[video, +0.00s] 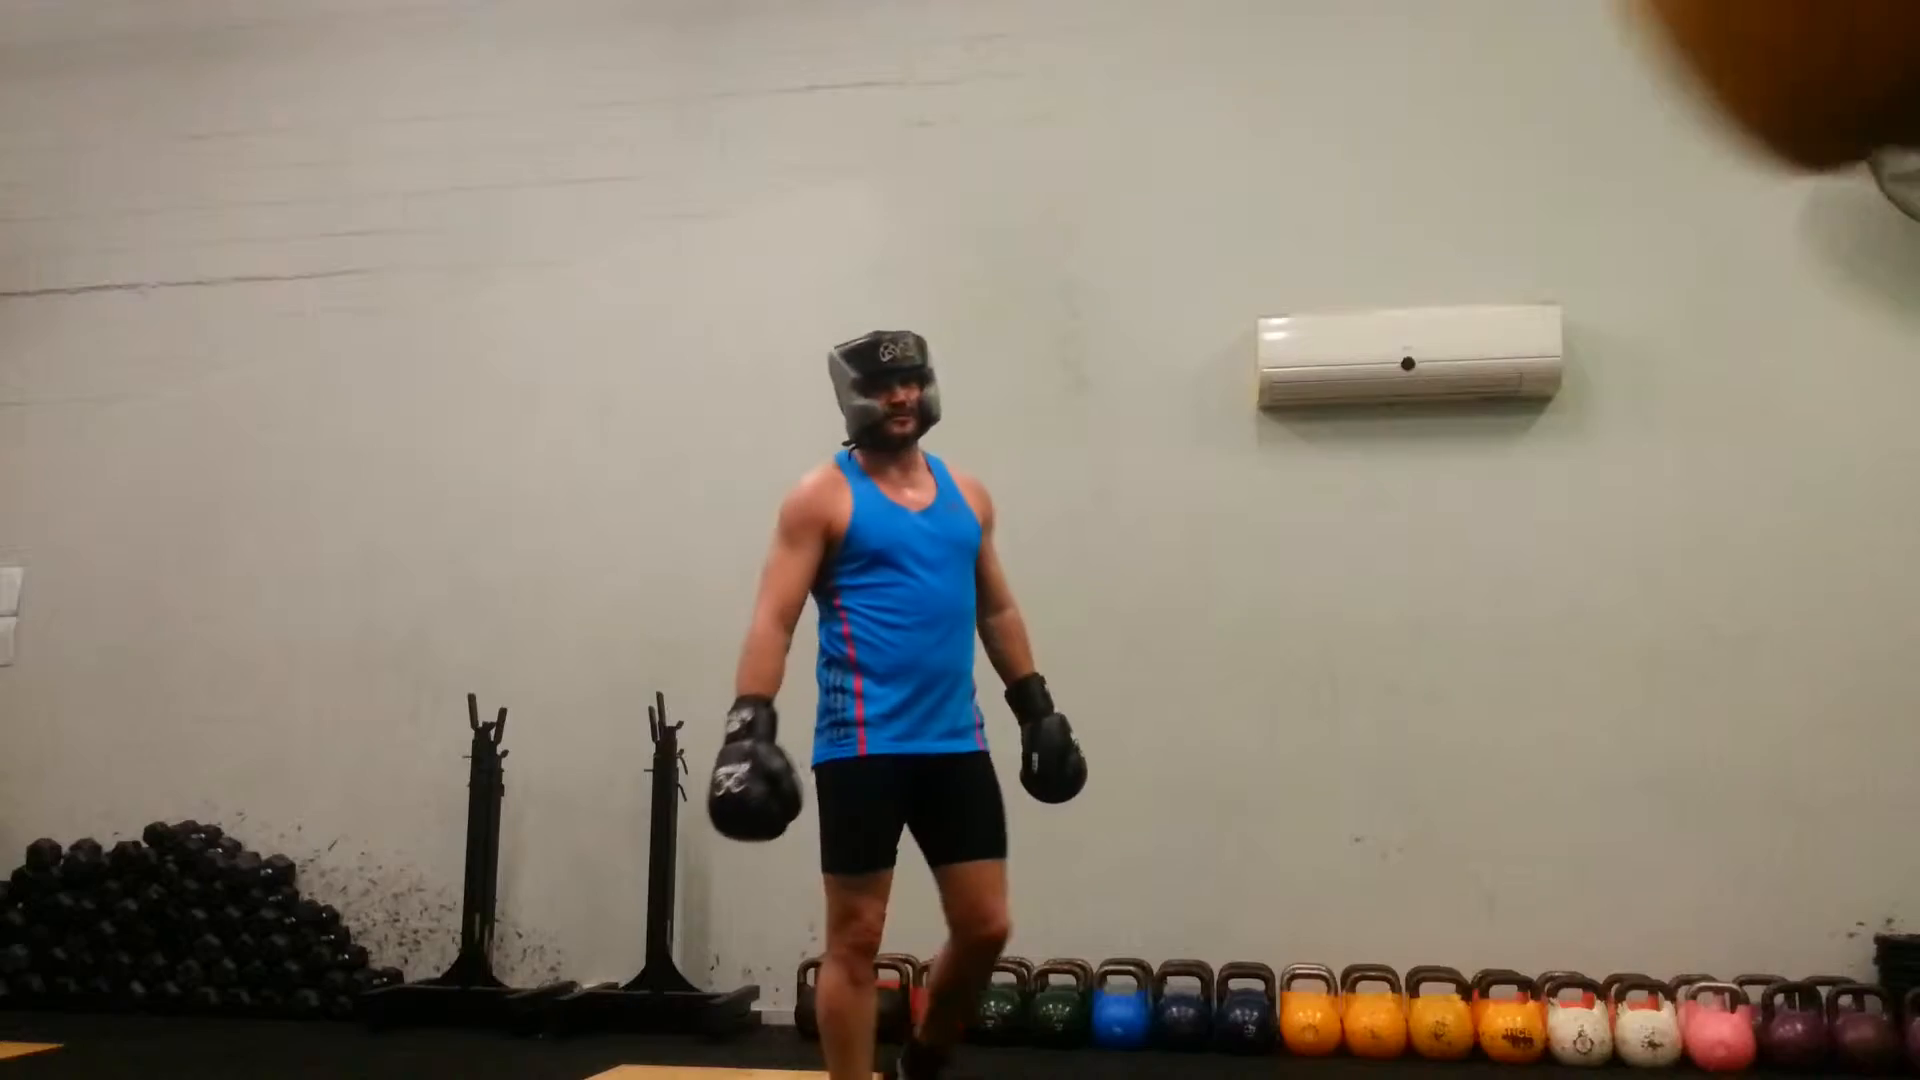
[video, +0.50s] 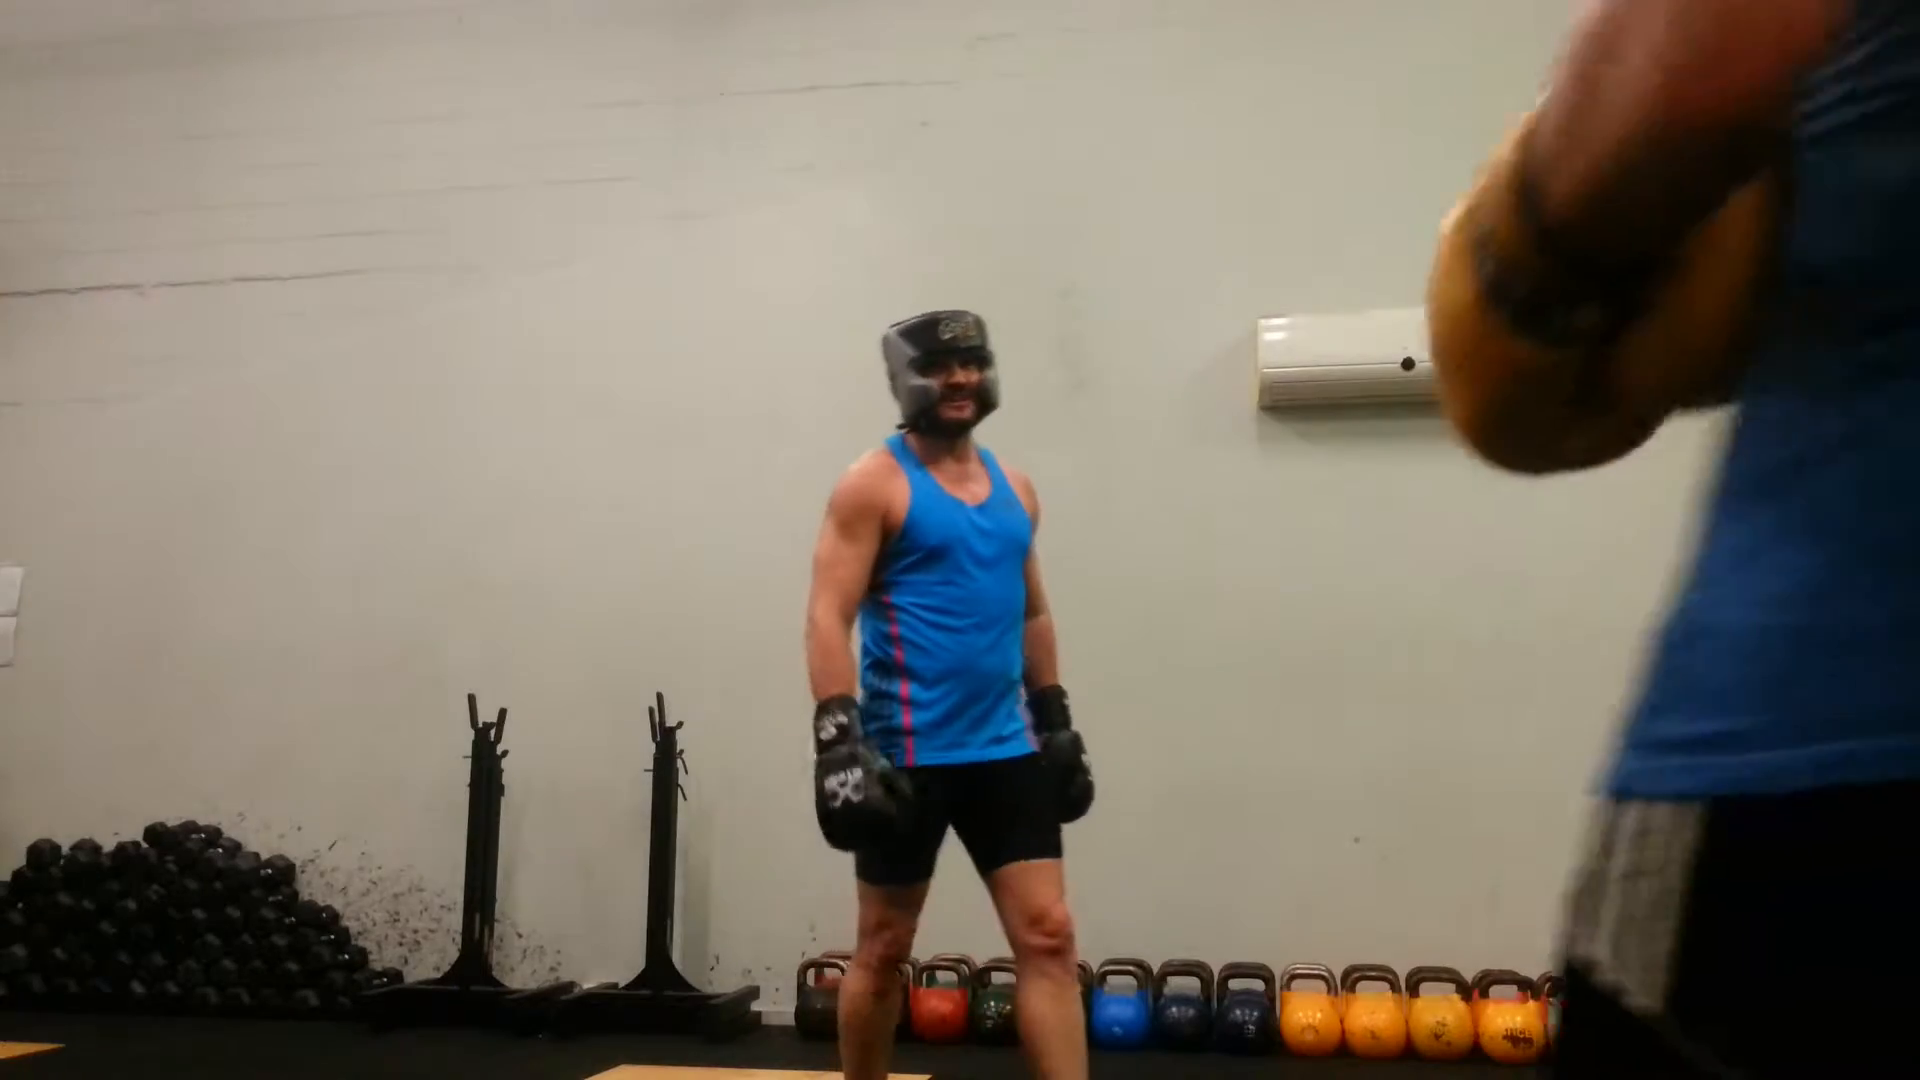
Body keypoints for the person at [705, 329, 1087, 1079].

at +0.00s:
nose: (901, 398)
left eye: (913, 383)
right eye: (880, 386)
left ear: (929, 393)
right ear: (851, 400)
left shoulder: (966, 494)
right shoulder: (821, 498)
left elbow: (997, 609)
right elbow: (775, 618)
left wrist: (1039, 712)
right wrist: (749, 731)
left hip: (954, 744)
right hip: (861, 750)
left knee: (985, 928)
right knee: (856, 937)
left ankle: (923, 1068)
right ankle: (852, 1079)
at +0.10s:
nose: (904, 393)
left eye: (915, 378)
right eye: (884, 382)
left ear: (931, 389)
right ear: (854, 395)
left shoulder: (965, 489)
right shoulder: (823, 492)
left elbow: (994, 606)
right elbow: (781, 609)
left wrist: (1036, 703)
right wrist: (764, 719)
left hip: (959, 742)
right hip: (866, 749)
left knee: (1002, 924)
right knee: (859, 940)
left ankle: (957, 1070)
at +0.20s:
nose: (911, 389)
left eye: (922, 375)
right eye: (891, 377)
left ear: (938, 387)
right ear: (858, 390)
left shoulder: (969, 486)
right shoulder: (829, 489)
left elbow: (996, 606)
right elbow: (787, 606)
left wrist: (1034, 704)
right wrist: (789, 712)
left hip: (966, 743)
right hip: (869, 750)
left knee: (1011, 931)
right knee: (861, 941)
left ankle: (1011, 1079)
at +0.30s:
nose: (924, 388)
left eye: (935, 373)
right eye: (903, 376)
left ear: (949, 384)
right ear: (870, 389)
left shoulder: (978, 486)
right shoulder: (838, 487)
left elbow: (1003, 607)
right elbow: (797, 608)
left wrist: (1035, 709)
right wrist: (812, 711)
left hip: (975, 744)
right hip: (877, 749)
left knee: (1017, 931)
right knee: (865, 944)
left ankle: (1054, 1078)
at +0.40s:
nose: (940, 384)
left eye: (951, 369)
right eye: (918, 372)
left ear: (966, 380)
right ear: (885, 386)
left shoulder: (992, 485)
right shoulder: (853, 485)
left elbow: (1014, 609)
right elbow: (809, 611)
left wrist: (1040, 715)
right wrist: (830, 724)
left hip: (985, 744)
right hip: (887, 751)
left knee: (1035, 931)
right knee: (873, 944)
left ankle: (1070, 1079)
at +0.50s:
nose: (963, 380)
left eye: (974, 365)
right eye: (942, 368)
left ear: (990, 377)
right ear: (905, 382)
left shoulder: (1012, 487)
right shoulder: (872, 486)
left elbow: (1034, 614)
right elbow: (829, 616)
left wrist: (1054, 727)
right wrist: (838, 745)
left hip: (1005, 751)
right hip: (903, 758)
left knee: (1048, 936)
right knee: (883, 948)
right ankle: (861, 1079)